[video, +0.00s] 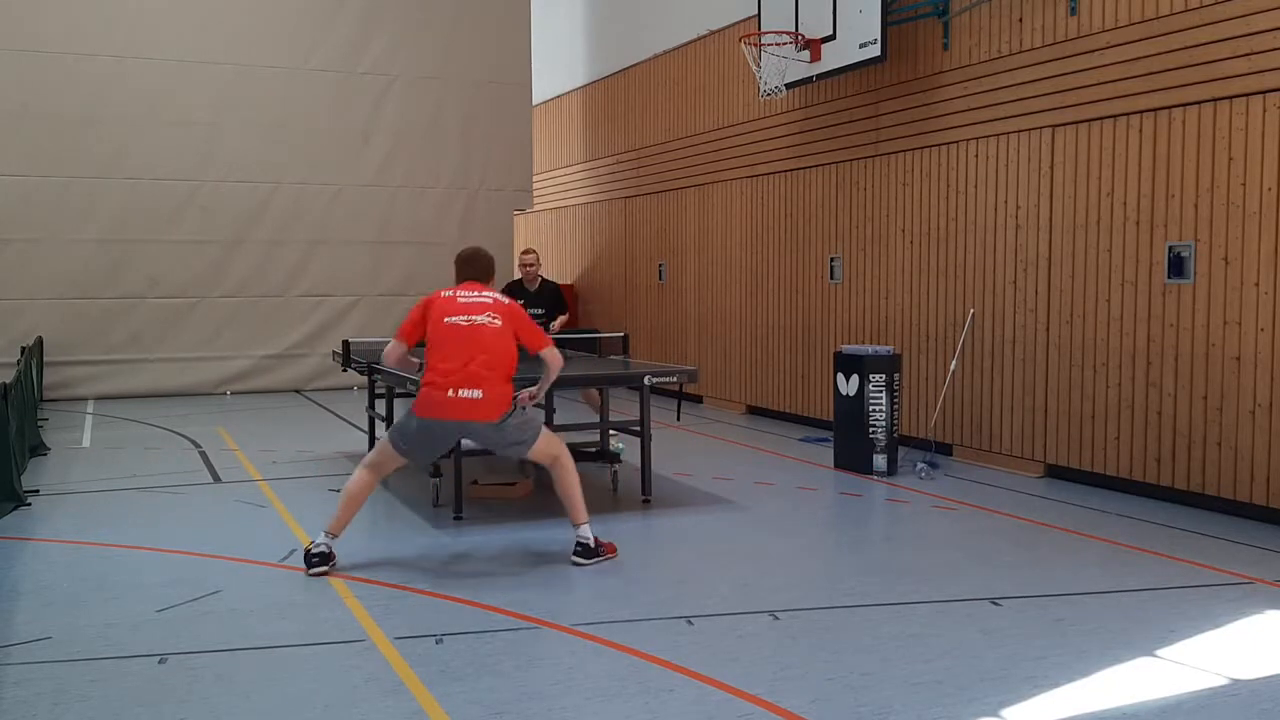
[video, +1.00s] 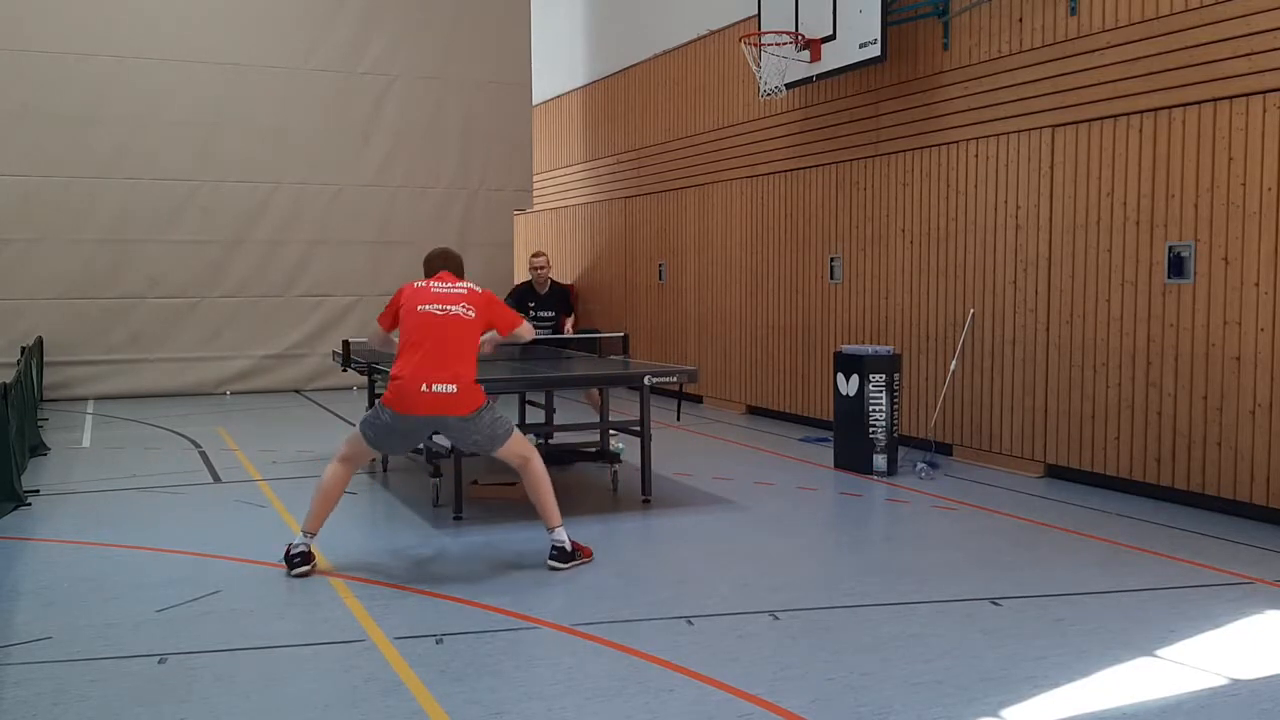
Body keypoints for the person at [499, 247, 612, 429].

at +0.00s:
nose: (527, 269)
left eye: (531, 265)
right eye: (523, 266)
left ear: (539, 266)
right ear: (519, 267)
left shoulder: (551, 288)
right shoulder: (510, 289)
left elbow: (565, 314)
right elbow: (499, 313)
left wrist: (559, 322)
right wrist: (515, 325)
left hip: (548, 344)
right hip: (520, 345)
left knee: (581, 375)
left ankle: (607, 423)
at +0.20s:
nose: (529, 271)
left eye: (533, 267)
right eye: (525, 267)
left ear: (541, 267)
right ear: (520, 269)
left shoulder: (553, 289)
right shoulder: (513, 290)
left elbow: (568, 314)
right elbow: (500, 317)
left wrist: (564, 322)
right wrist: (505, 325)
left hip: (554, 352)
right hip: (523, 352)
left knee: (584, 379)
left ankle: (608, 428)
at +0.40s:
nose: (535, 287)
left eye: (538, 283)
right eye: (531, 283)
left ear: (546, 283)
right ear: (526, 284)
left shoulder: (557, 297)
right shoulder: (521, 301)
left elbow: (574, 318)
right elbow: (502, 326)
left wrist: (570, 335)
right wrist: (500, 343)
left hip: (558, 353)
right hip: (529, 354)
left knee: (588, 379)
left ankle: (606, 421)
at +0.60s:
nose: (545, 287)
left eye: (549, 282)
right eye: (541, 283)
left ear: (556, 281)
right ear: (535, 282)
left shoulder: (565, 296)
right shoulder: (527, 298)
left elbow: (573, 319)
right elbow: (514, 318)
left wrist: (575, 334)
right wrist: (527, 325)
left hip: (562, 349)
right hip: (532, 349)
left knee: (590, 377)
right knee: (502, 373)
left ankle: (606, 424)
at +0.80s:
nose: (546, 269)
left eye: (550, 265)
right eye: (543, 266)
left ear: (557, 266)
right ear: (536, 267)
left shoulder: (566, 290)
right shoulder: (527, 287)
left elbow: (570, 315)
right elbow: (507, 303)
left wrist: (572, 325)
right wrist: (511, 309)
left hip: (560, 350)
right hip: (531, 350)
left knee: (588, 378)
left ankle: (607, 427)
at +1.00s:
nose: (539, 272)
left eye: (543, 268)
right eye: (535, 268)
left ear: (549, 269)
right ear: (529, 271)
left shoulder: (562, 291)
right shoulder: (520, 291)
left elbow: (570, 314)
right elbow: (502, 314)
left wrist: (568, 323)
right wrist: (519, 326)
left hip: (558, 351)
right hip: (527, 350)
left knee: (588, 380)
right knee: (495, 375)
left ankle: (608, 429)